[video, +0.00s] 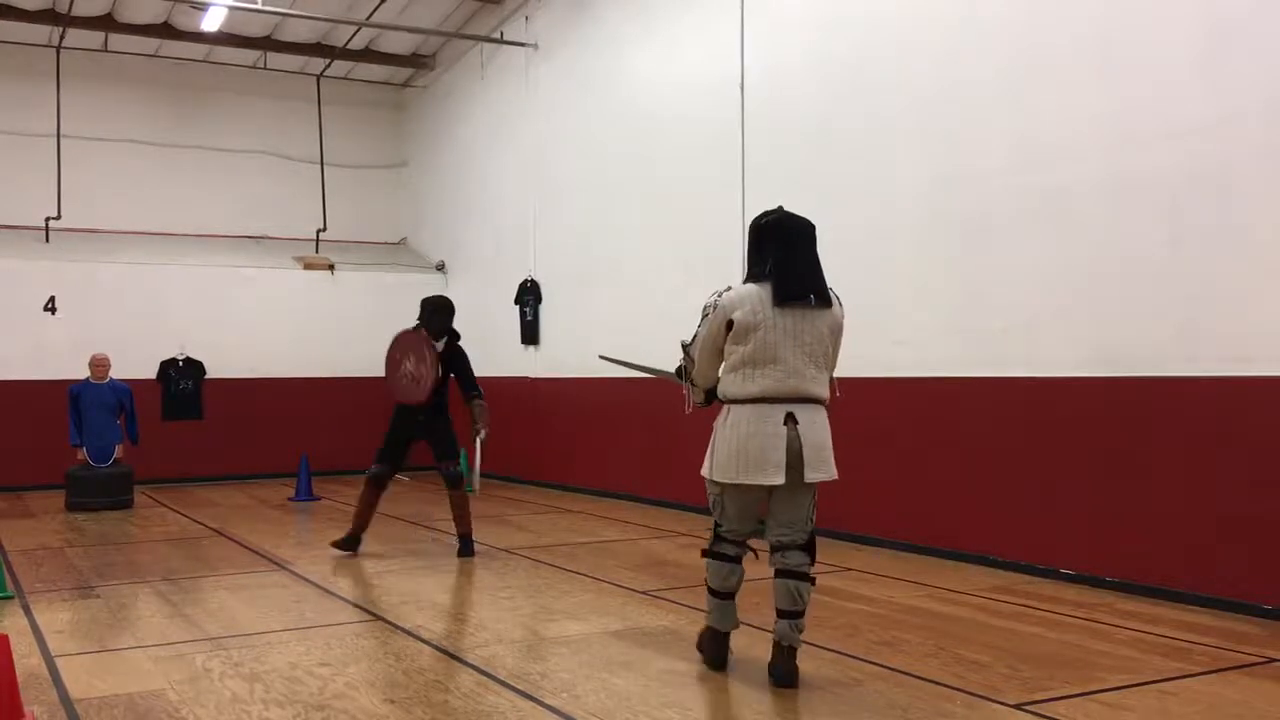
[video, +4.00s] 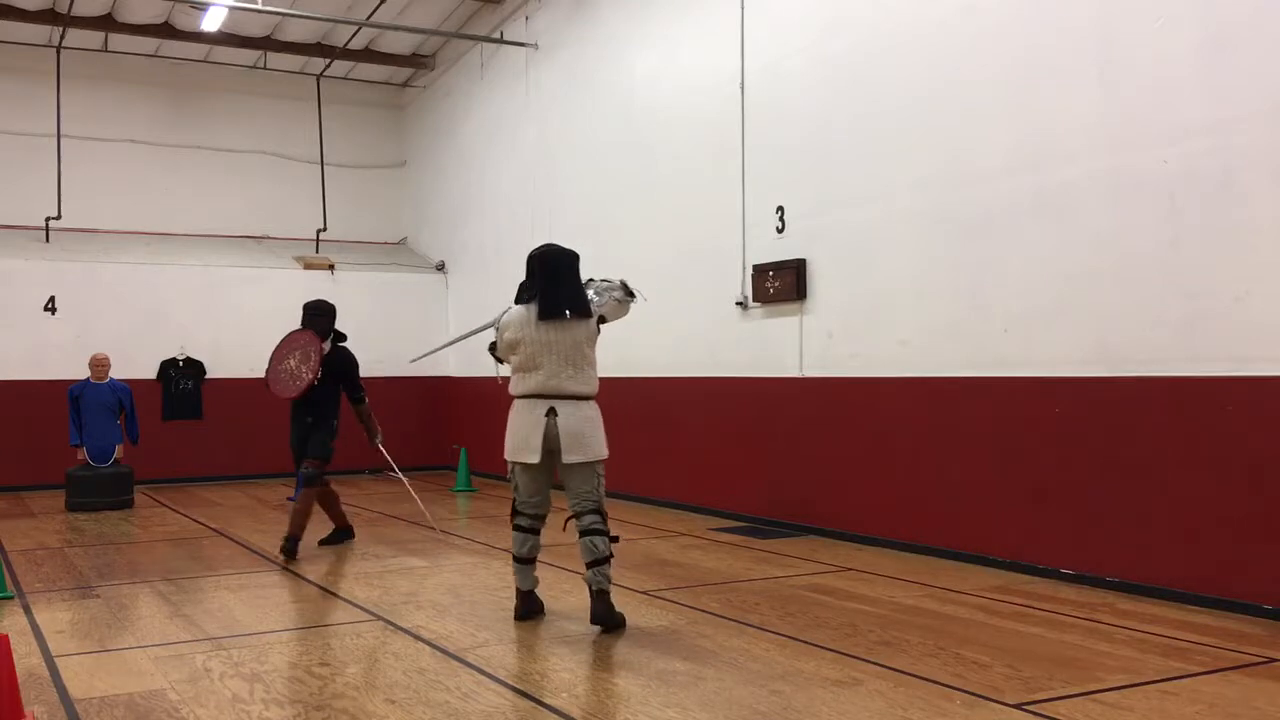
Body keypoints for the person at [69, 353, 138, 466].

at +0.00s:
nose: (100, 369)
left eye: (104, 366)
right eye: (97, 366)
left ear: (109, 367)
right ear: (90, 367)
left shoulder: (121, 390)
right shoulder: (77, 390)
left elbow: (129, 416)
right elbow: (74, 419)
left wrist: (133, 438)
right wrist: (78, 445)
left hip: (113, 445)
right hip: (87, 445)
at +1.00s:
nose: (100, 369)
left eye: (104, 366)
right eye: (96, 366)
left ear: (109, 367)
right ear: (90, 367)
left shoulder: (121, 389)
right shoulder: (77, 390)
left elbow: (130, 415)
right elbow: (75, 420)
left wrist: (133, 437)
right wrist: (78, 445)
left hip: (113, 444)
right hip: (87, 444)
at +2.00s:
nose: (100, 369)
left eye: (104, 366)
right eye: (97, 366)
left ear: (109, 367)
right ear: (90, 367)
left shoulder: (121, 389)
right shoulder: (77, 390)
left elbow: (130, 415)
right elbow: (74, 419)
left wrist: (133, 437)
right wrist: (78, 444)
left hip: (113, 444)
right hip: (88, 444)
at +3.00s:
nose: (100, 369)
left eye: (104, 366)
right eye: (96, 366)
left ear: (109, 367)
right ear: (90, 367)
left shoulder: (121, 389)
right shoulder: (77, 390)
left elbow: (130, 415)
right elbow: (74, 419)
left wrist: (133, 437)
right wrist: (78, 445)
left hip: (113, 444)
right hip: (88, 444)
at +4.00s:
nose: (100, 369)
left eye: (104, 366)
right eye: (96, 366)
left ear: (109, 367)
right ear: (89, 367)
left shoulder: (121, 389)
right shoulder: (77, 390)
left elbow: (130, 415)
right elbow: (74, 419)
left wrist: (133, 437)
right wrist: (78, 444)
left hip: (114, 445)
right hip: (87, 445)